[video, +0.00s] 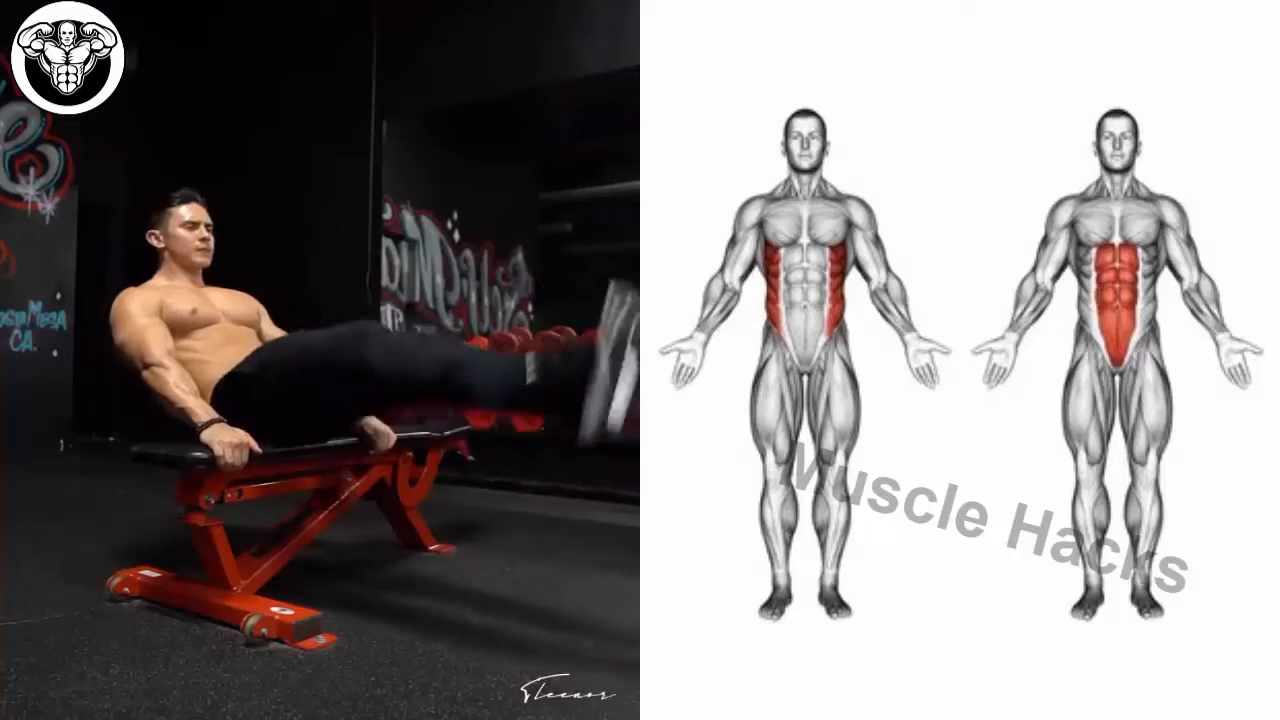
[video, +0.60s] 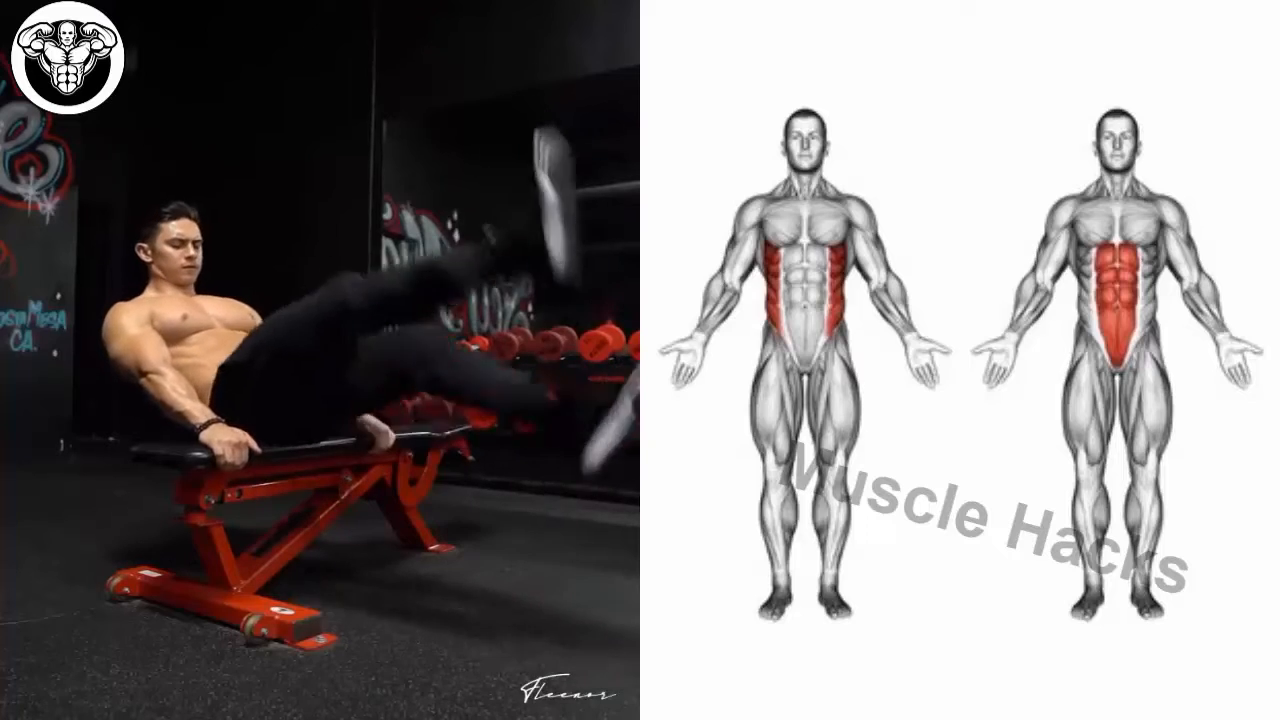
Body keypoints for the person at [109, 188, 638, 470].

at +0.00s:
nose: (204, 234)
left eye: (208, 227)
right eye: (190, 226)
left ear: (210, 239)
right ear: (158, 239)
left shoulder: (244, 300)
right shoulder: (137, 300)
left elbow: (292, 366)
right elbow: (158, 367)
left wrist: (357, 417)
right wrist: (210, 423)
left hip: (291, 392)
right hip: (238, 400)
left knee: (405, 356)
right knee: (364, 346)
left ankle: (573, 379)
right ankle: (538, 378)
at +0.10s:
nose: (203, 237)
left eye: (206, 230)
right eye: (189, 229)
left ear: (207, 243)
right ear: (157, 242)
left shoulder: (239, 302)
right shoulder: (137, 303)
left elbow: (304, 353)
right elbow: (158, 369)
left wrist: (371, 386)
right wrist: (210, 425)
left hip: (296, 382)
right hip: (242, 396)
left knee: (391, 316)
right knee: (372, 376)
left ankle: (550, 275)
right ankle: (522, 500)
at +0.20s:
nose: (206, 238)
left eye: (209, 231)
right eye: (192, 229)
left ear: (209, 245)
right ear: (158, 241)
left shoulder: (238, 302)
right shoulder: (138, 303)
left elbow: (302, 353)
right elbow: (158, 369)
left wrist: (365, 395)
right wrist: (210, 425)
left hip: (305, 373)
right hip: (250, 390)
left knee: (379, 292)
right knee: (383, 419)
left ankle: (516, 202)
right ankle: (503, 572)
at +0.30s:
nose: (202, 244)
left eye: (206, 235)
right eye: (189, 235)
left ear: (208, 245)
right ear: (158, 244)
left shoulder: (237, 304)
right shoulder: (135, 306)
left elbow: (296, 352)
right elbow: (160, 370)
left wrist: (358, 388)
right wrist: (208, 424)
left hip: (301, 373)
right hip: (247, 390)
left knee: (379, 292)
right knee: (377, 414)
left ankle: (504, 203)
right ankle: (504, 563)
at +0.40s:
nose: (198, 251)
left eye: (202, 242)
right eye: (185, 241)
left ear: (205, 249)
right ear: (153, 249)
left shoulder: (233, 304)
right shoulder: (131, 308)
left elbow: (291, 357)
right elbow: (157, 370)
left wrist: (348, 393)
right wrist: (208, 424)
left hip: (294, 379)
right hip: (242, 401)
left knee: (379, 302)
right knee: (370, 373)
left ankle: (543, 261)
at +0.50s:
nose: (193, 253)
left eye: (198, 244)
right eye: (180, 243)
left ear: (202, 251)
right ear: (149, 251)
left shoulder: (238, 308)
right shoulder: (129, 313)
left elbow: (286, 370)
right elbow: (156, 373)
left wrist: (357, 416)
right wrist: (208, 425)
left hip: (291, 400)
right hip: (237, 413)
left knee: (388, 312)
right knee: (349, 342)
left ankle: (546, 357)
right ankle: (510, 350)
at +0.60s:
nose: (190, 254)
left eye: (196, 245)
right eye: (176, 245)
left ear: (202, 251)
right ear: (147, 253)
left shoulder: (234, 308)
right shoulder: (127, 316)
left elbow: (295, 358)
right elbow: (157, 376)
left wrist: (351, 416)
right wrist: (209, 426)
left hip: (303, 399)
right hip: (246, 400)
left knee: (418, 343)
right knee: (342, 299)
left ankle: (570, 421)